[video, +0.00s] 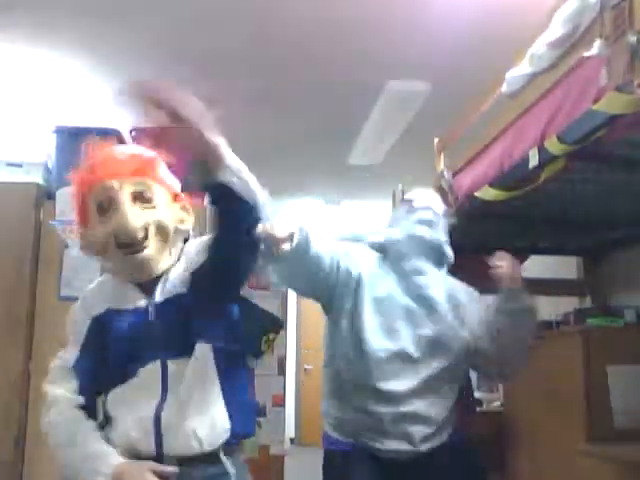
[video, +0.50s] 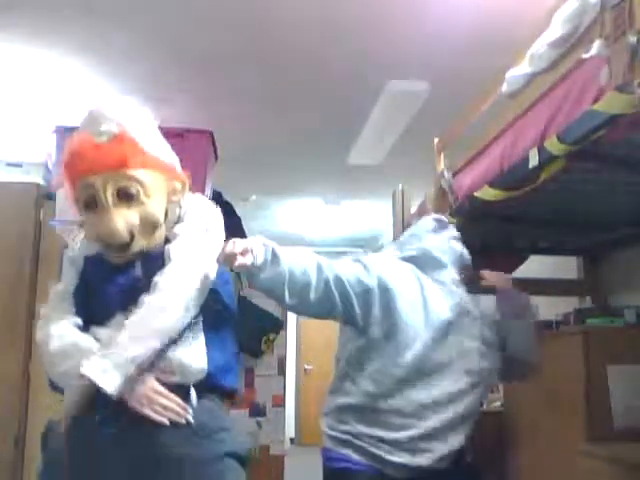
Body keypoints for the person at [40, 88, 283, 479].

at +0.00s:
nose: (127, 220)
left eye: (143, 198)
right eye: (105, 208)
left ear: (180, 213)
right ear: (88, 236)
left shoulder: (207, 274)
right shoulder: (95, 305)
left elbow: (245, 223)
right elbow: (61, 407)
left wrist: (212, 156)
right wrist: (111, 467)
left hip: (211, 465)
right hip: (129, 467)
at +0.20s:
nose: (126, 273)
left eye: (137, 242)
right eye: (100, 255)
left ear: (174, 231)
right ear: (86, 262)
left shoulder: (200, 262)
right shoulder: (93, 304)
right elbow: (69, 385)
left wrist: (182, 359)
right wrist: (144, 436)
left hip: (215, 444)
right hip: (118, 450)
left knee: (243, 471)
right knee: (84, 461)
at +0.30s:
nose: (122, 261)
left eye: (134, 231)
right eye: (98, 244)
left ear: (173, 223)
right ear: (84, 252)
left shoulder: (200, 241)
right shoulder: (95, 295)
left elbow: (188, 314)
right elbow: (66, 369)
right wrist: (136, 420)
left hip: (206, 429)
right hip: (114, 435)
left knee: (228, 468)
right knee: (79, 458)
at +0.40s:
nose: (116, 238)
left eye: (130, 211)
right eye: (94, 220)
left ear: (171, 204)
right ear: (80, 226)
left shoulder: (198, 224)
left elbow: (175, 314)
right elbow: (59, 349)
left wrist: (112, 398)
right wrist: (134, 396)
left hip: (199, 426)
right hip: (102, 419)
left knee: (213, 467)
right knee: (66, 451)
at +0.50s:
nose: (112, 224)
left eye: (127, 195)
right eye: (91, 204)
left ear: (174, 192)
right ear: (79, 212)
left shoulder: (199, 216)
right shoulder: (82, 254)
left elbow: (171, 305)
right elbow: (54, 335)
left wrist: (90, 379)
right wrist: (122, 381)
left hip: (189, 416)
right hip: (99, 419)